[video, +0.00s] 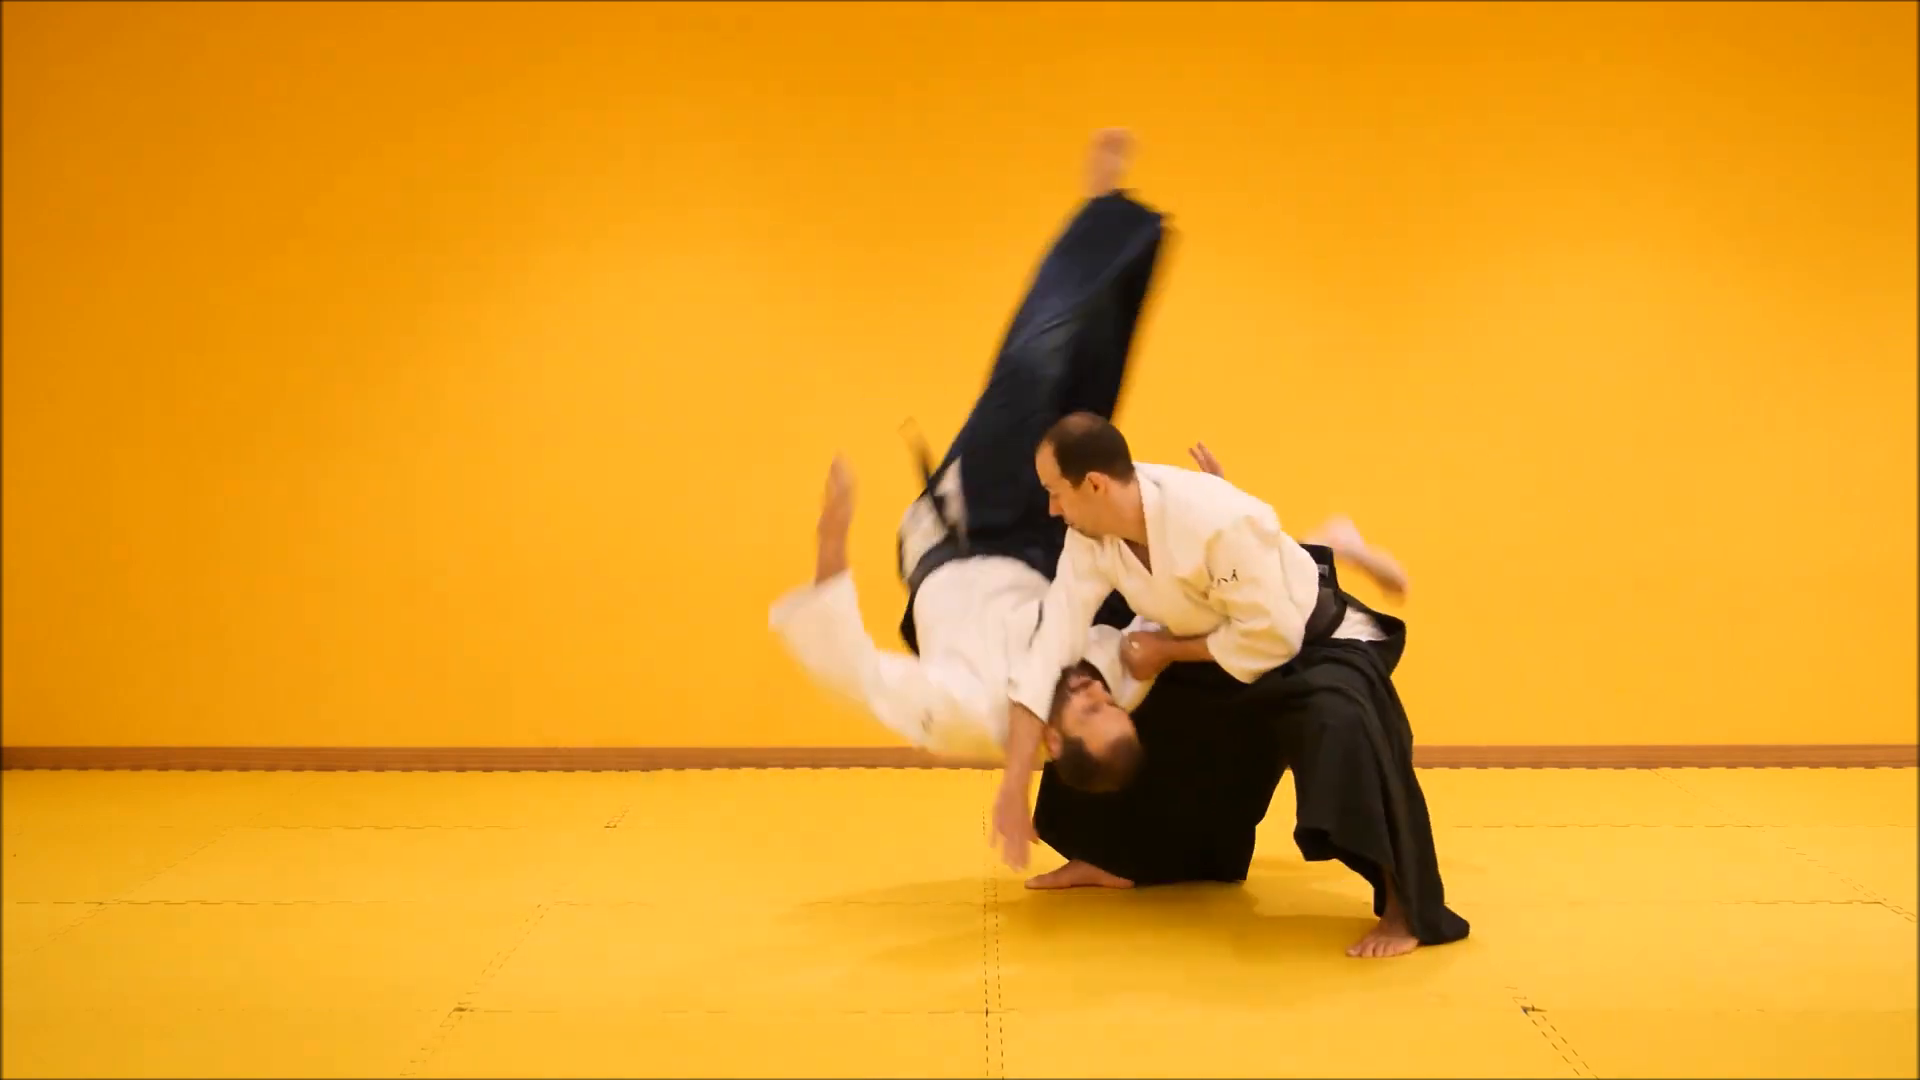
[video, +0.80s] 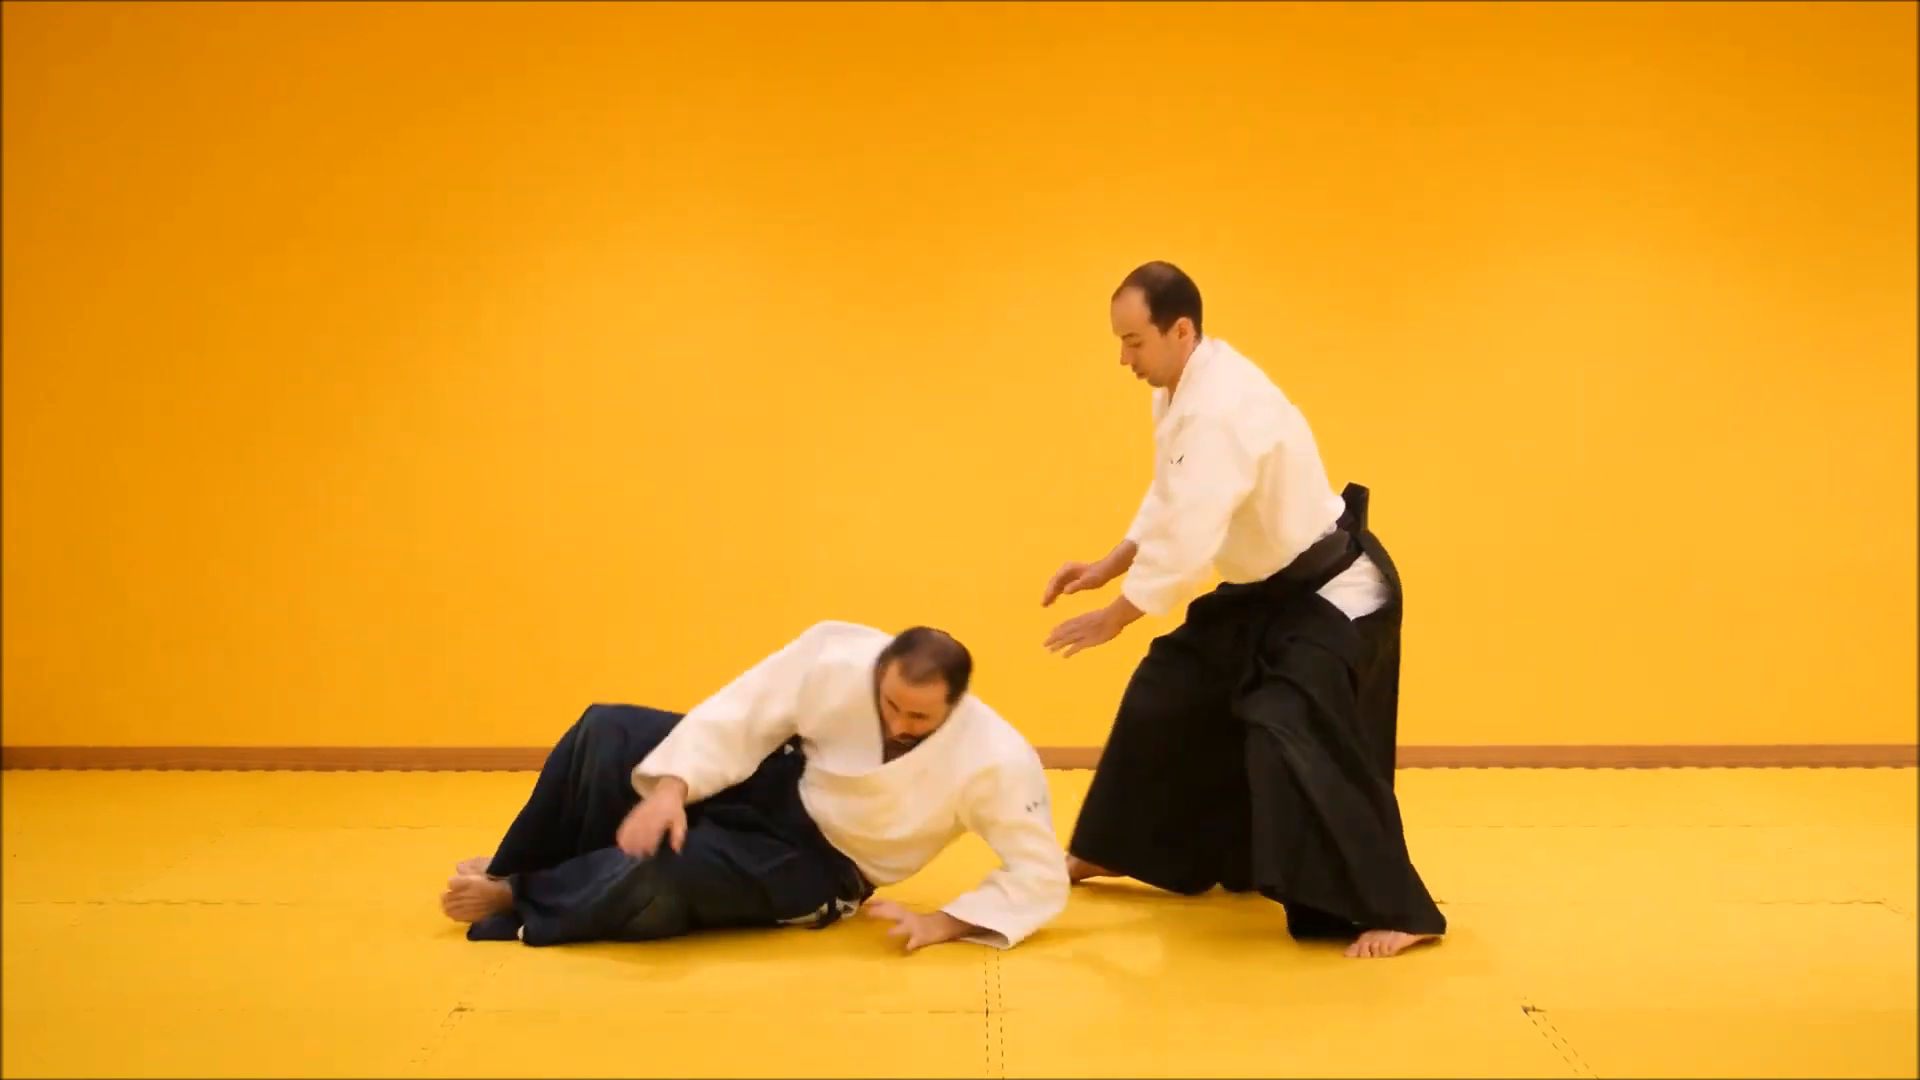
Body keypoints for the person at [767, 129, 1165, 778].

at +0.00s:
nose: (1092, 695)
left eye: (1086, 716)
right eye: (1111, 710)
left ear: (1058, 741)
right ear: (1122, 707)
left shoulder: (961, 716)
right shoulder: (1119, 663)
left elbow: (853, 668)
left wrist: (831, 550)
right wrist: (1215, 514)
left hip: (962, 545)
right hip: (1061, 557)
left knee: (1034, 360)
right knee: (1090, 388)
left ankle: (1107, 205)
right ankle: (1135, 230)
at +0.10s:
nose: (1129, 724)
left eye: (1133, 748)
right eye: (1146, 727)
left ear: (1117, 791)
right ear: (1156, 719)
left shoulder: (1040, 822)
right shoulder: (1138, 693)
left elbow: (942, 885)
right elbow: (1113, 594)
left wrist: (823, 942)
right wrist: (1154, 515)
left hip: (908, 692)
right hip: (967, 643)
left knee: (852, 512)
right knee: (893, 509)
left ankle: (801, 346)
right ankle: (856, 340)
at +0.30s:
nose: (1155, 789)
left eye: (1169, 813)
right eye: (1173, 780)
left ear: (1166, 841)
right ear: (1169, 759)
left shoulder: (1098, 875)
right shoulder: (1109, 732)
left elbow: (977, 906)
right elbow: (1079, 648)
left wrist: (869, 853)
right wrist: (1084, 551)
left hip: (886, 843)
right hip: (914, 745)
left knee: (697, 855)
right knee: (748, 674)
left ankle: (542, 784)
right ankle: (674, 772)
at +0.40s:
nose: (1119, 803)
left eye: (1135, 826)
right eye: (1137, 795)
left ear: (1135, 854)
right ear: (1139, 777)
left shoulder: (1078, 886)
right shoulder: (1090, 742)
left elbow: (964, 916)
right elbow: (1057, 650)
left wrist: (928, 788)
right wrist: (1080, 549)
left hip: (858, 845)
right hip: (866, 758)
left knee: (680, 808)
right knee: (676, 706)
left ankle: (552, 716)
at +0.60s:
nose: (1033, 796)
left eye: (1055, 804)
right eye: (1038, 776)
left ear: (1086, 809)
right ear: (1045, 738)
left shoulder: (1074, 852)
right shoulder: (1004, 693)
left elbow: (1043, 923)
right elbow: (910, 632)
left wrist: (958, 862)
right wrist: (810, 563)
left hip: (824, 874)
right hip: (811, 779)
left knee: (633, 851)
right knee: (606, 762)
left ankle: (501, 781)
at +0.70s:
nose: (968, 764)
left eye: (987, 763)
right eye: (964, 746)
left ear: (1027, 754)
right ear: (965, 708)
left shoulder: (1040, 805)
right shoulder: (937, 677)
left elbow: (1056, 911)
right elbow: (825, 672)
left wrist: (954, 903)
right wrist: (697, 682)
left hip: (820, 868)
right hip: (790, 779)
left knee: (656, 862)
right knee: (603, 775)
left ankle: (484, 868)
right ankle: (501, 894)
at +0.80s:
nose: (896, 725)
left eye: (916, 719)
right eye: (889, 706)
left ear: (955, 705)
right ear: (878, 669)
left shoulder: (996, 764)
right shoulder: (836, 655)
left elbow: (1041, 877)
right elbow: (743, 713)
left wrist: (953, 918)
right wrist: (668, 788)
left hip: (822, 860)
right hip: (766, 777)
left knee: (663, 873)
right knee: (609, 734)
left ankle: (516, 897)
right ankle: (518, 886)